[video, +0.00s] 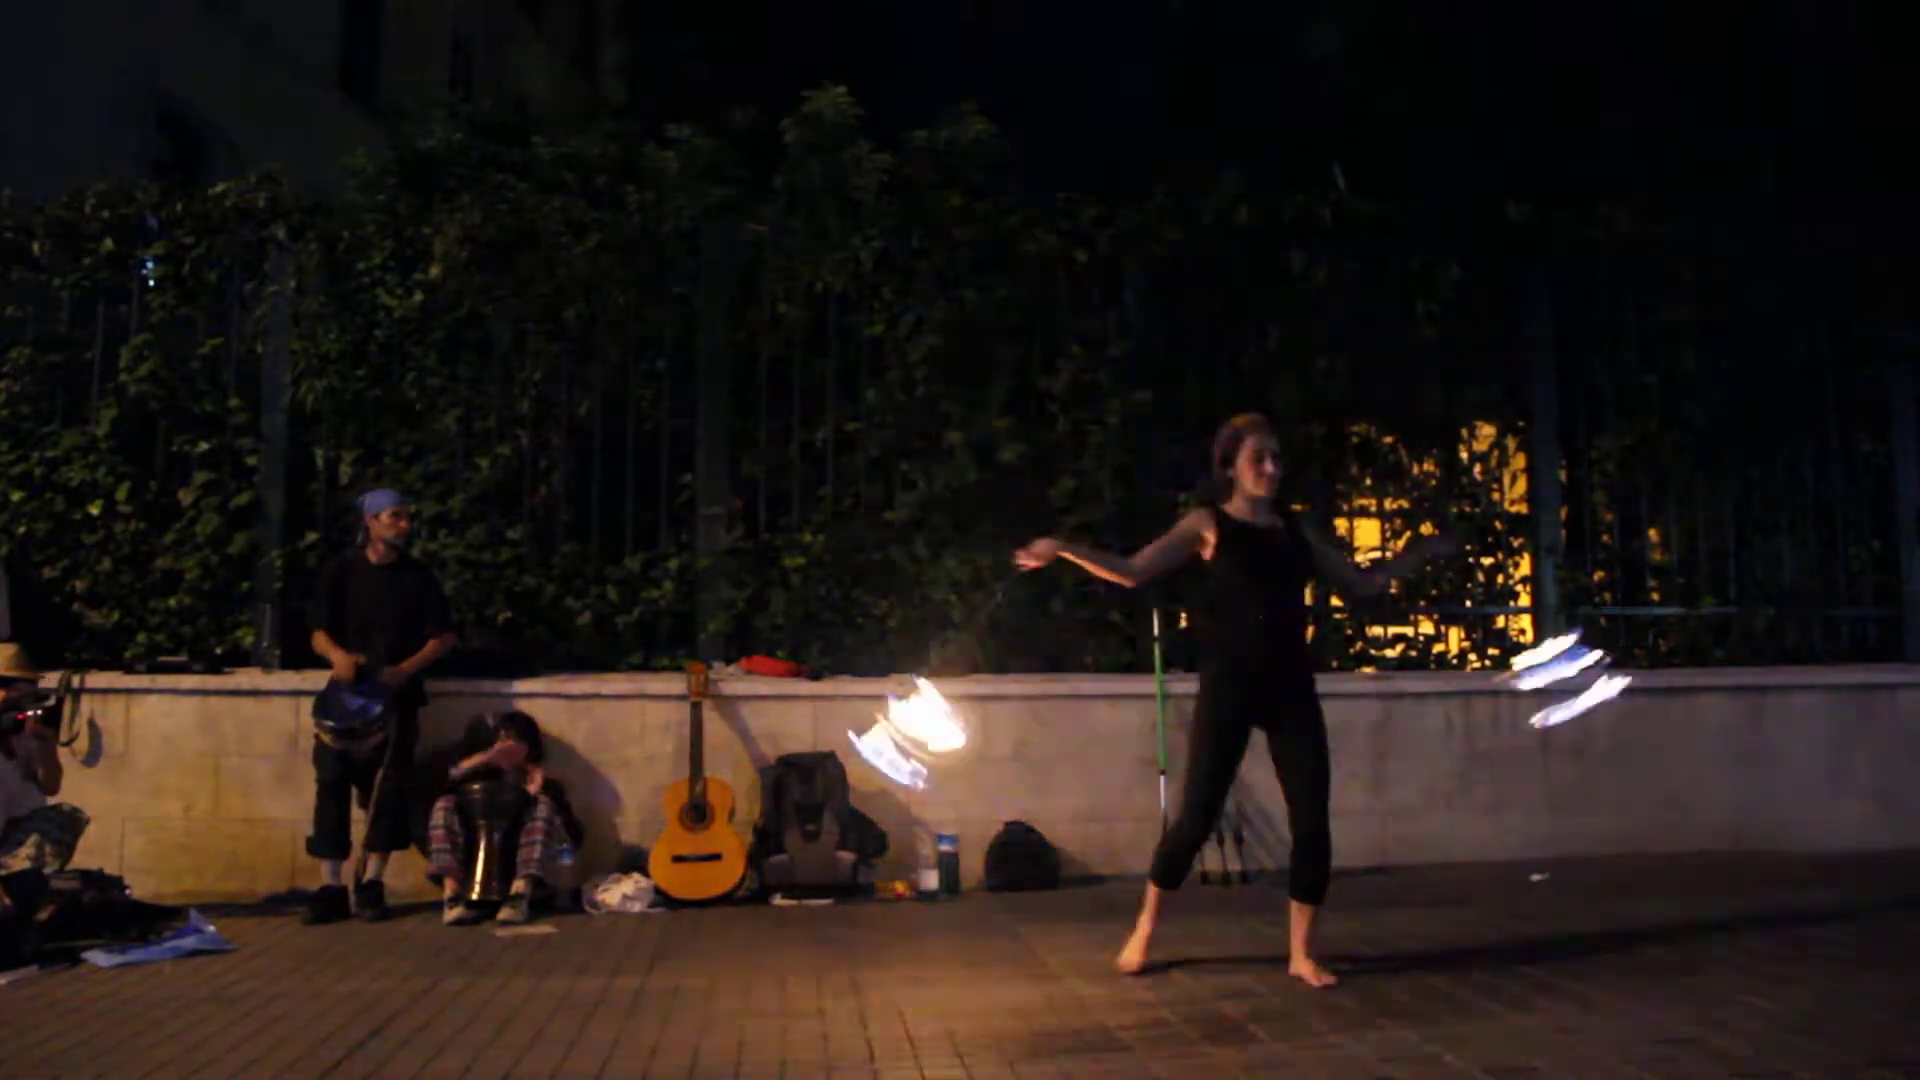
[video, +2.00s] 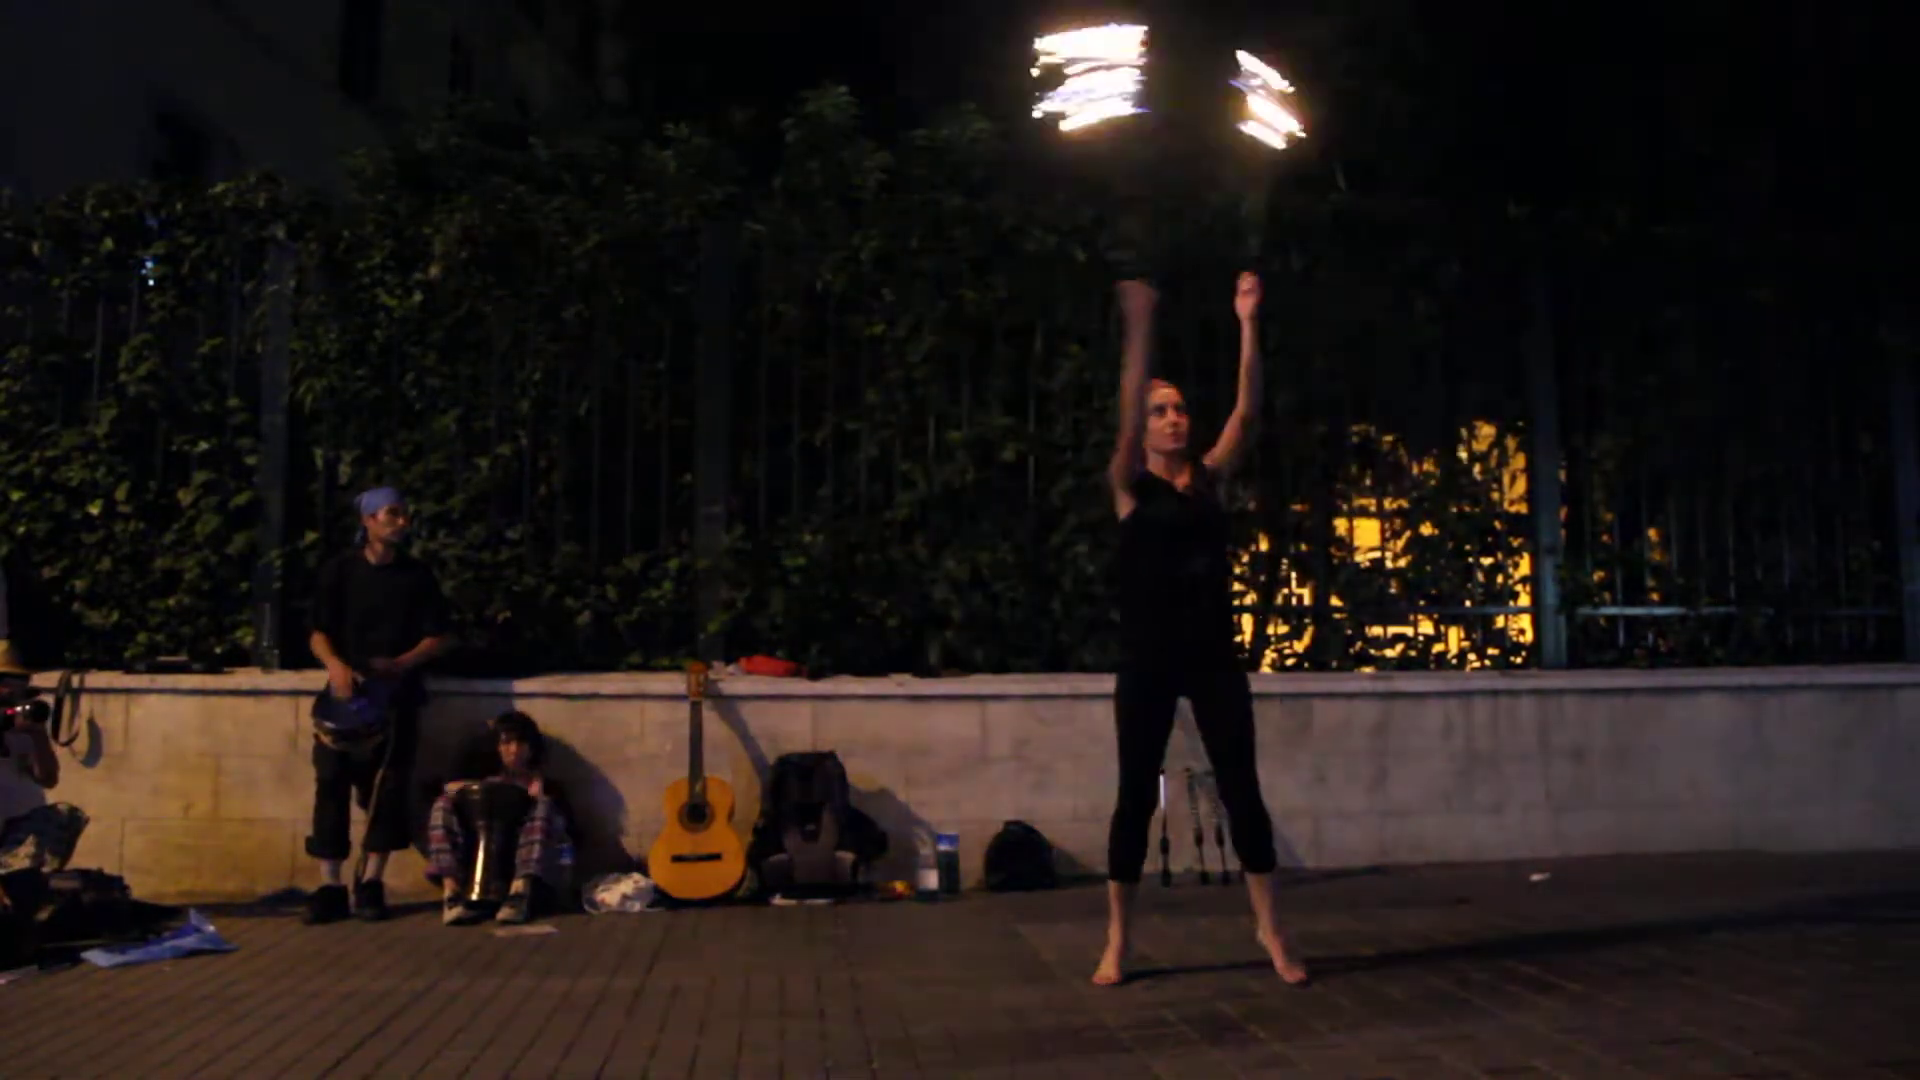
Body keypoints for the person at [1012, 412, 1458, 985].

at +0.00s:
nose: (1269, 465)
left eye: (1274, 455)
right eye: (1257, 456)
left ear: (1281, 464)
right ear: (1230, 465)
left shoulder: (1297, 531)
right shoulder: (1206, 525)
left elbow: (1363, 584)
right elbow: (1132, 572)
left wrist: (1424, 556)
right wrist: (1064, 551)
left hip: (1291, 689)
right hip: (1227, 689)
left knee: (1312, 821)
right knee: (1196, 816)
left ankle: (1300, 954)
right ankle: (1145, 926)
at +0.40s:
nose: (1287, 466)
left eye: (1295, 458)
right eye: (1276, 457)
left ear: (1307, 466)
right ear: (1253, 466)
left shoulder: (1329, 522)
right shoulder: (1236, 524)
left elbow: (1415, 542)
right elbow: (1188, 534)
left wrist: (1493, 529)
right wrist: (1144, 506)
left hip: (1308, 693)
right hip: (1242, 692)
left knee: (1326, 823)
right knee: (1224, 813)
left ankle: (1303, 951)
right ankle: (1224, 932)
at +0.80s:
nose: (1228, 437)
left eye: (1237, 428)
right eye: (1217, 427)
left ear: (1249, 439)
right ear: (1193, 435)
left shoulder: (1264, 504)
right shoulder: (1166, 494)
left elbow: (1316, 561)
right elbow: (1107, 503)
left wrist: (1380, 527)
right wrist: (1078, 451)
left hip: (1243, 669)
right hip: (1176, 668)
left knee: (1271, 800)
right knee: (1151, 800)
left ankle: (1306, 938)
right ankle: (1118, 935)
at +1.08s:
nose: (1161, 466)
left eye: (1170, 458)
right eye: (1151, 455)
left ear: (1180, 467)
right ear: (1126, 459)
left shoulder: (1193, 528)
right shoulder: (1095, 527)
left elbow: (1256, 588)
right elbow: (1059, 602)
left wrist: (1288, 527)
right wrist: (1074, 550)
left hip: (1188, 687)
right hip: (1118, 690)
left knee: (1238, 808)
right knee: (1119, 825)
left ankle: (1295, 941)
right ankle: (1118, 951)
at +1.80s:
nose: (1146, 433)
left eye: (1150, 426)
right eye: (1133, 427)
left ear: (1161, 439)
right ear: (1106, 445)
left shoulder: (1178, 499)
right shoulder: (1098, 502)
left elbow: (1245, 494)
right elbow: (1065, 514)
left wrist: (1264, 424)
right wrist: (1065, 437)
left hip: (1184, 670)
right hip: (1120, 675)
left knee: (1230, 798)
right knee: (1119, 813)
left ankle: (1276, 928)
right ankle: (1113, 945)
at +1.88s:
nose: (1152, 423)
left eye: (1159, 414)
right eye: (1140, 416)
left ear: (1172, 427)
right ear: (1117, 433)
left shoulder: (1191, 486)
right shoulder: (1111, 492)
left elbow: (1249, 444)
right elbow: (1091, 451)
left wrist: (1259, 362)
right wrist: (1084, 376)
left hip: (1196, 657)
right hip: (1130, 662)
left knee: (1235, 792)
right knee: (1125, 802)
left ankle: (1274, 924)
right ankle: (1114, 941)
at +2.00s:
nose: (1174, 420)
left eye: (1181, 410)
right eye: (1161, 412)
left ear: (1193, 424)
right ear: (1142, 425)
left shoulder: (1210, 480)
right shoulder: (1131, 486)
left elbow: (1246, 410)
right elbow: (1131, 410)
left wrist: (1248, 324)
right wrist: (1138, 324)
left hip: (1213, 655)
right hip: (1146, 658)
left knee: (1241, 790)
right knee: (1135, 797)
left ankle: (1269, 928)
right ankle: (1116, 937)